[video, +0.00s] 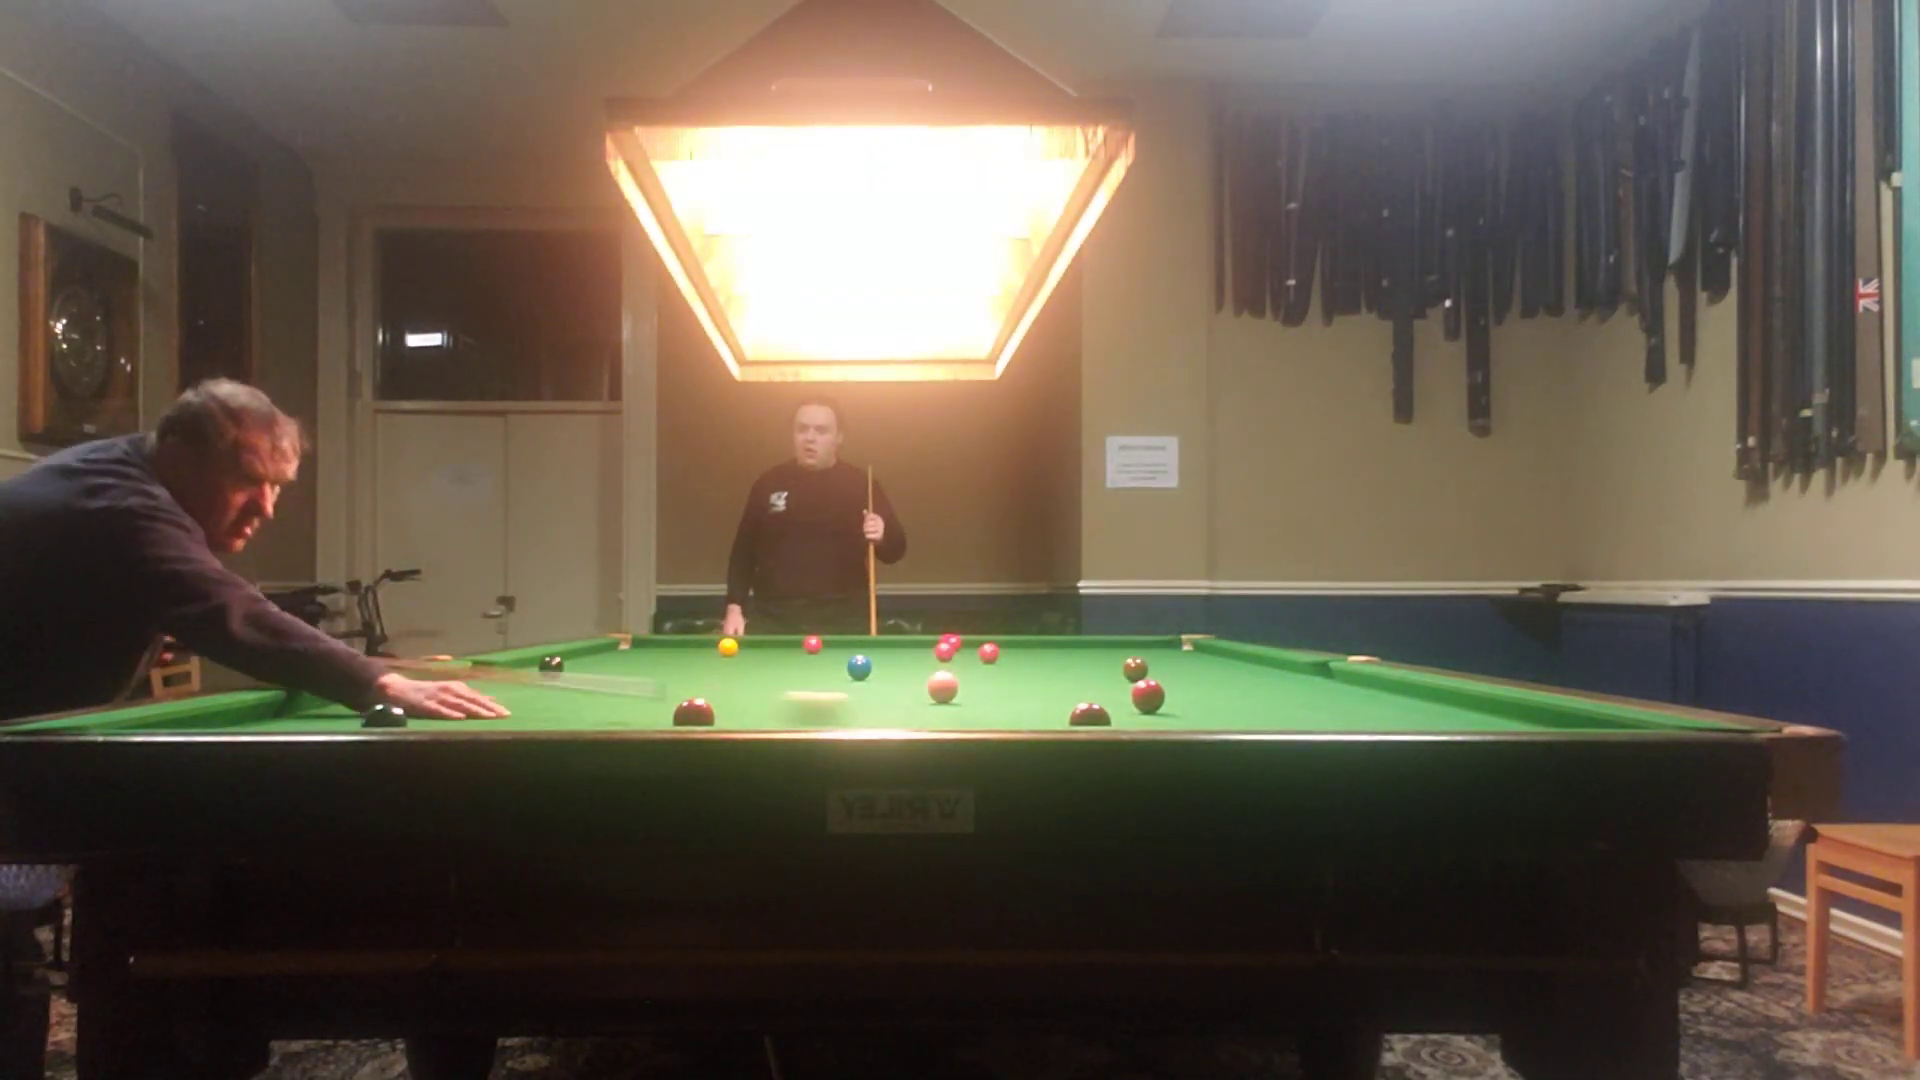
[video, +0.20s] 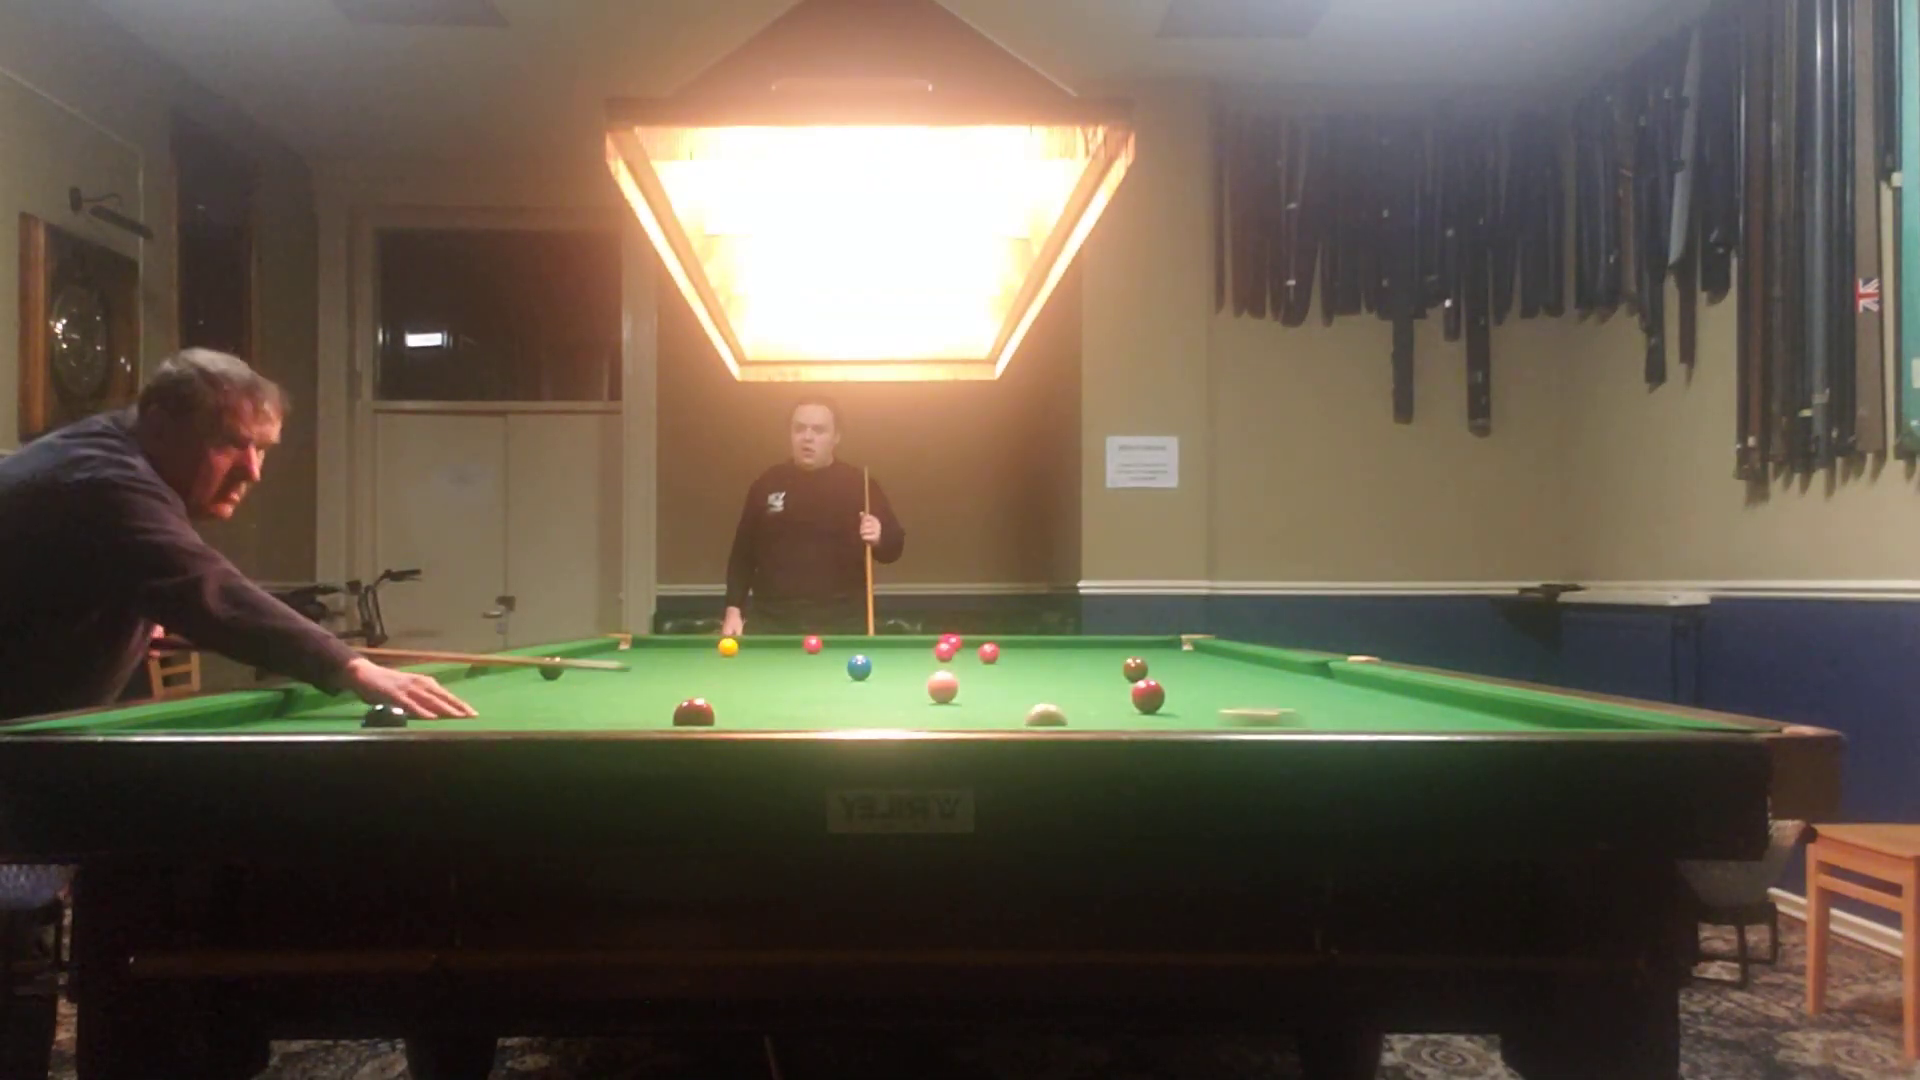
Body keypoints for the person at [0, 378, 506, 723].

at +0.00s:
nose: (266, 507)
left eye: (277, 488)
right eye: (250, 484)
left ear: (180, 457)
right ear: (189, 462)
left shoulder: (124, 463)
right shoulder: (134, 516)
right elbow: (244, 622)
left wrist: (144, 620)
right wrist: (386, 682)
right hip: (14, 731)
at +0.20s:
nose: (251, 470)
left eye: (262, 450)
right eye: (232, 444)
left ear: (272, 451)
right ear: (164, 423)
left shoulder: (111, 451)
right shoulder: (113, 485)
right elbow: (214, 596)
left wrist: (117, 620)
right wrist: (355, 670)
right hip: (13, 736)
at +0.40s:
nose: (238, 437)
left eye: (246, 419)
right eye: (217, 412)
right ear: (153, 398)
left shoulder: (99, 437)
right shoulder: (98, 460)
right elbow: (181, 584)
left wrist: (112, 618)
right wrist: (321, 656)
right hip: (19, 739)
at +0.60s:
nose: (215, 405)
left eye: (222, 387)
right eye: (198, 381)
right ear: (137, 373)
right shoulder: (72, 434)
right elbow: (127, 575)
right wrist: (268, 654)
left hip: (47, 760)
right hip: (17, 763)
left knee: (34, 960)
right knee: (25, 966)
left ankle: (31, 1060)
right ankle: (27, 1064)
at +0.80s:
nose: (187, 384)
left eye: (194, 366)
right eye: (172, 361)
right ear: (108, 352)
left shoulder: (99, 429)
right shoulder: (40, 415)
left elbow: (105, 578)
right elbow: (63, 576)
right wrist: (194, 652)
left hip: (76, 733)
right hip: (22, 735)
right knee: (28, 937)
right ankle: (29, 1065)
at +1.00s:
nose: (169, 362)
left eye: (176, 345)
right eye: (150, 343)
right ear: (85, 343)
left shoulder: (110, 432)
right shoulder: (22, 410)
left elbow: (100, 580)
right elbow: (31, 564)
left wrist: (160, 657)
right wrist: (160, 648)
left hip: (78, 726)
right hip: (13, 730)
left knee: (58, 929)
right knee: (22, 934)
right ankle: (27, 1064)